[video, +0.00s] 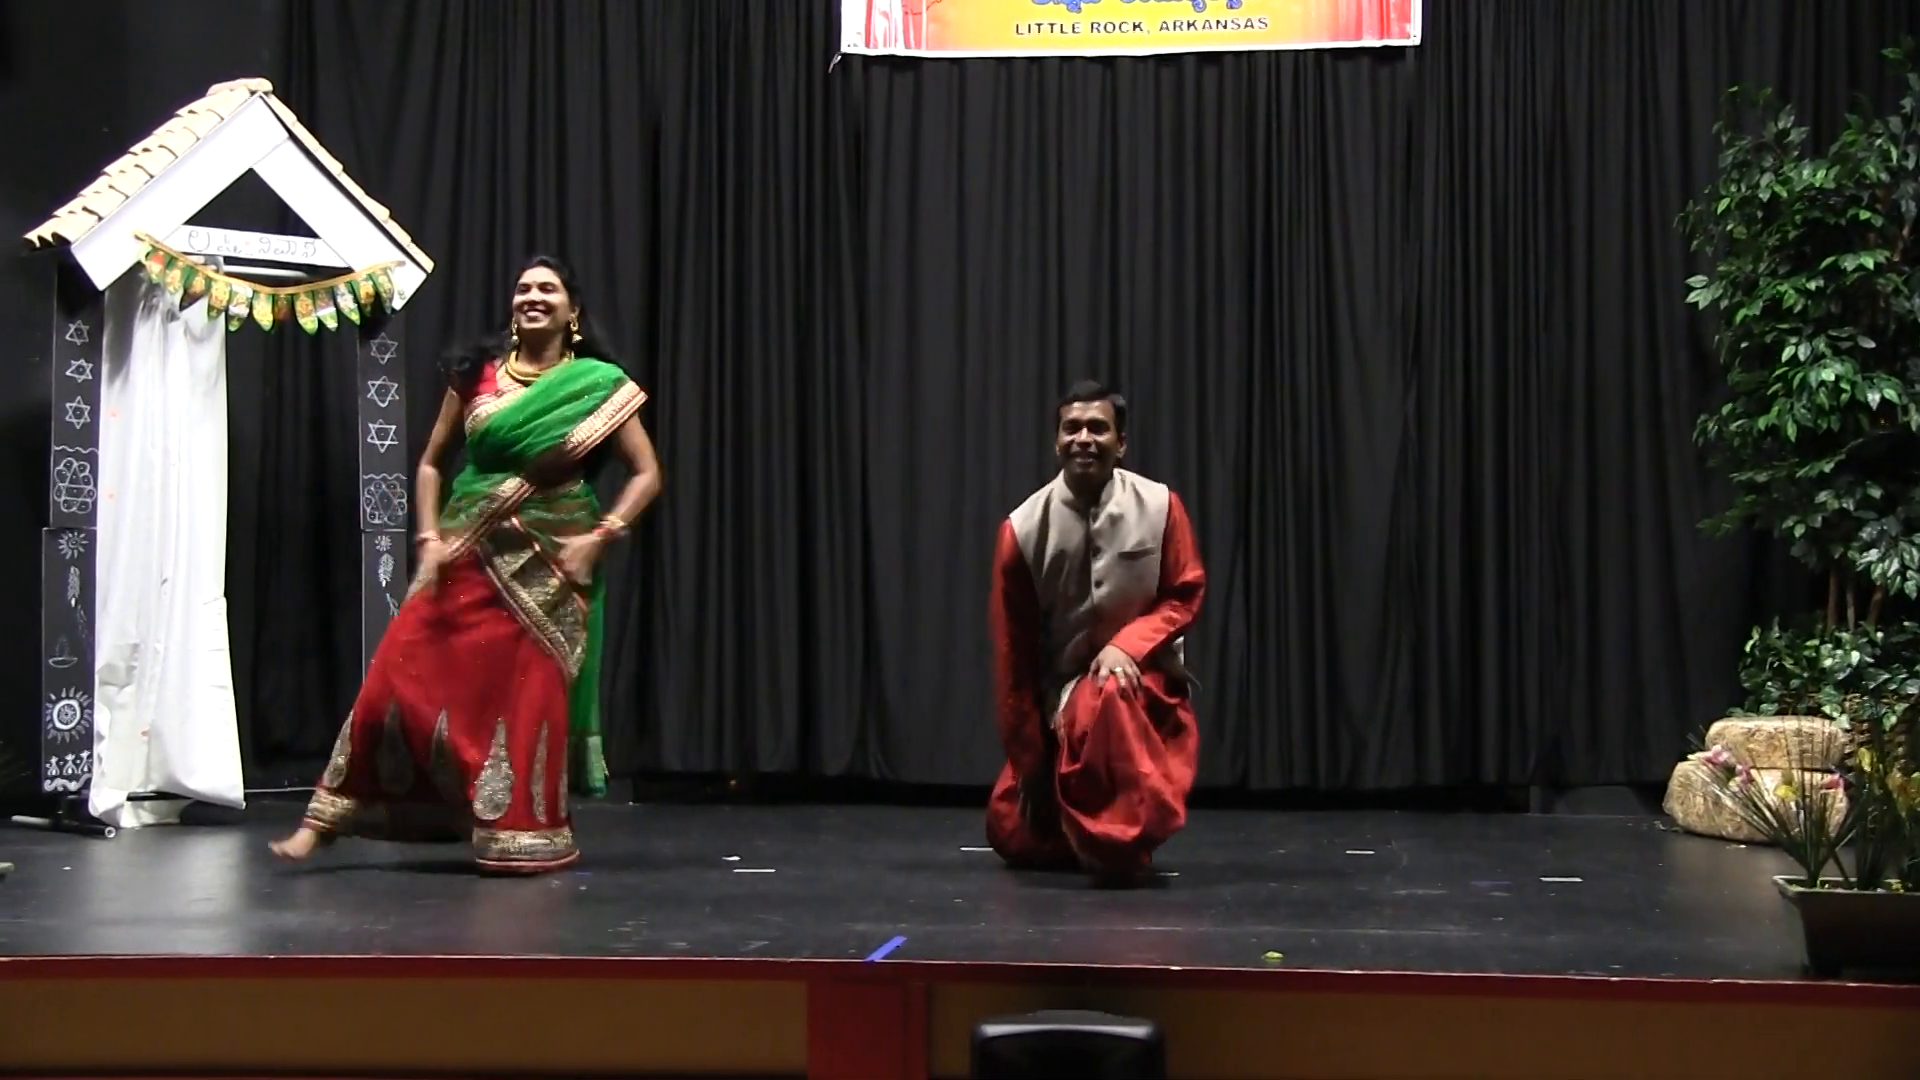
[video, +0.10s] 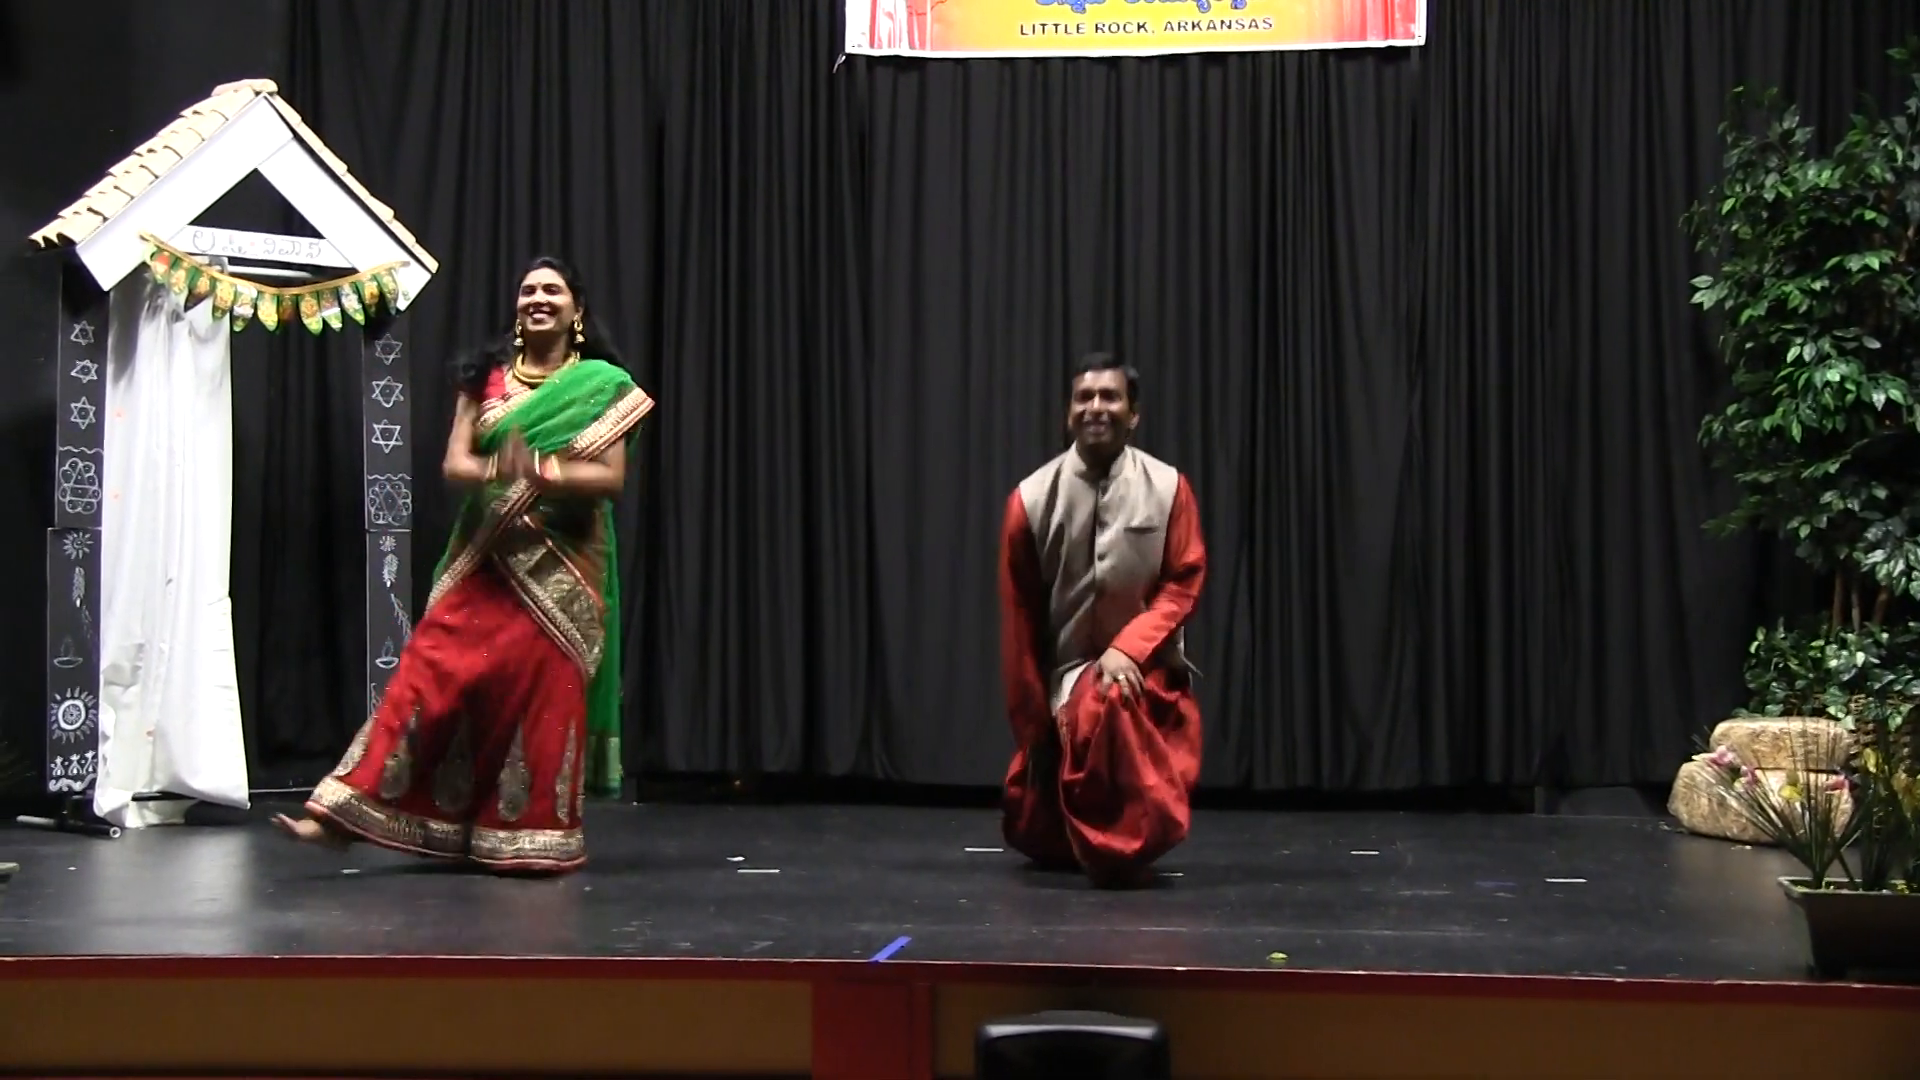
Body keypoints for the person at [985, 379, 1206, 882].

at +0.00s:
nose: (1083, 439)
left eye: (1097, 428)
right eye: (1072, 428)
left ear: (1120, 443)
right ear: (1057, 441)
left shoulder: (1160, 508)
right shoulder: (1024, 529)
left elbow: (1185, 596)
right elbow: (1015, 657)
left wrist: (1125, 646)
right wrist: (1030, 766)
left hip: (1145, 685)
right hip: (1059, 698)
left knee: (1106, 690)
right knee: (1013, 834)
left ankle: (1125, 849)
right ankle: (1102, 833)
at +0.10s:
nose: (1095, 408)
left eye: (1109, 397)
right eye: (1083, 398)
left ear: (1133, 411)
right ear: (1069, 411)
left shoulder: (1167, 488)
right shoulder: (1032, 497)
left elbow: (1183, 584)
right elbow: (1020, 613)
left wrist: (1128, 647)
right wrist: (1030, 721)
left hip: (1147, 666)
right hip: (1063, 671)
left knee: (1106, 696)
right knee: (1039, 832)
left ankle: (1123, 850)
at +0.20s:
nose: (1106, 359)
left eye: (1120, 348)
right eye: (1096, 348)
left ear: (1144, 363)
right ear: (1081, 362)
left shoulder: (1173, 451)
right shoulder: (1039, 445)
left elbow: (1171, 552)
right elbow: (1022, 553)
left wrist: (1137, 640)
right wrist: (1025, 654)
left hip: (1140, 622)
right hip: (1062, 624)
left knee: (1104, 706)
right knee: (1052, 732)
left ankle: (1116, 841)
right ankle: (1068, 832)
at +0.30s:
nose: (1112, 292)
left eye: (1126, 282)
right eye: (1103, 282)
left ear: (1151, 298)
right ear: (1087, 294)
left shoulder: (1177, 389)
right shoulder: (1045, 378)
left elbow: (1186, 494)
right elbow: (1019, 482)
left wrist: (1152, 590)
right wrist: (1021, 584)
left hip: (1141, 576)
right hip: (1062, 572)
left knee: (1125, 695)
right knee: (1062, 702)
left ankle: (1126, 846)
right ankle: (1074, 811)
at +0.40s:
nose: (1111, 222)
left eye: (1124, 211)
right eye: (1101, 211)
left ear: (1149, 226)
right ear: (1086, 223)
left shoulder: (1178, 315)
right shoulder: (1045, 305)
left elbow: (1197, 421)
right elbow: (1018, 406)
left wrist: (1174, 518)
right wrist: (1021, 505)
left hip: (1146, 512)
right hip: (1061, 507)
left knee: (1153, 662)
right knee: (1046, 660)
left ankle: (1141, 834)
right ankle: (1082, 769)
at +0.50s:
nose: (1106, 185)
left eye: (1120, 175)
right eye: (1096, 175)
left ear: (1144, 191)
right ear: (1080, 189)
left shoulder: (1177, 275)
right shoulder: (1041, 270)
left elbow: (1201, 382)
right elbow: (1006, 371)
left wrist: (1175, 485)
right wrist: (1024, 467)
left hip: (1147, 481)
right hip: (1058, 478)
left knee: (1159, 645)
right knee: (1043, 635)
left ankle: (1153, 814)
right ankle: (1070, 790)